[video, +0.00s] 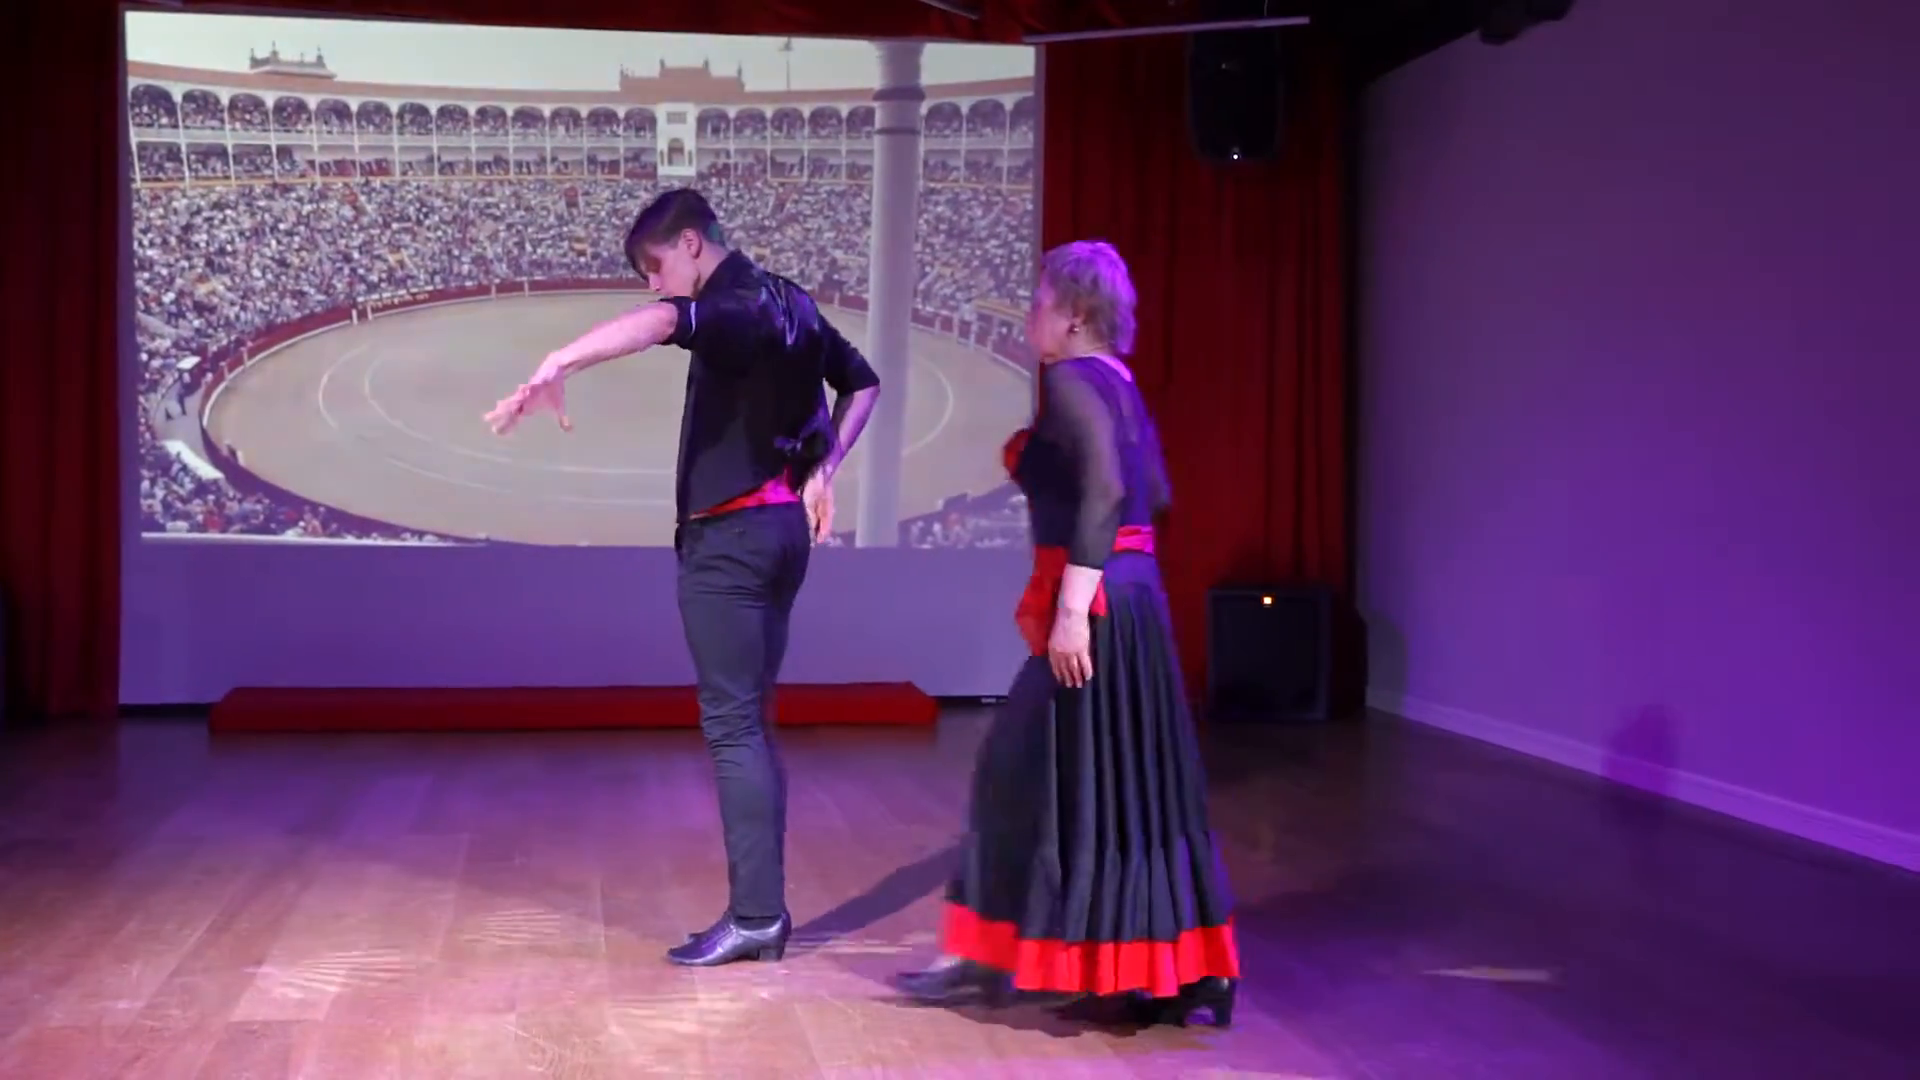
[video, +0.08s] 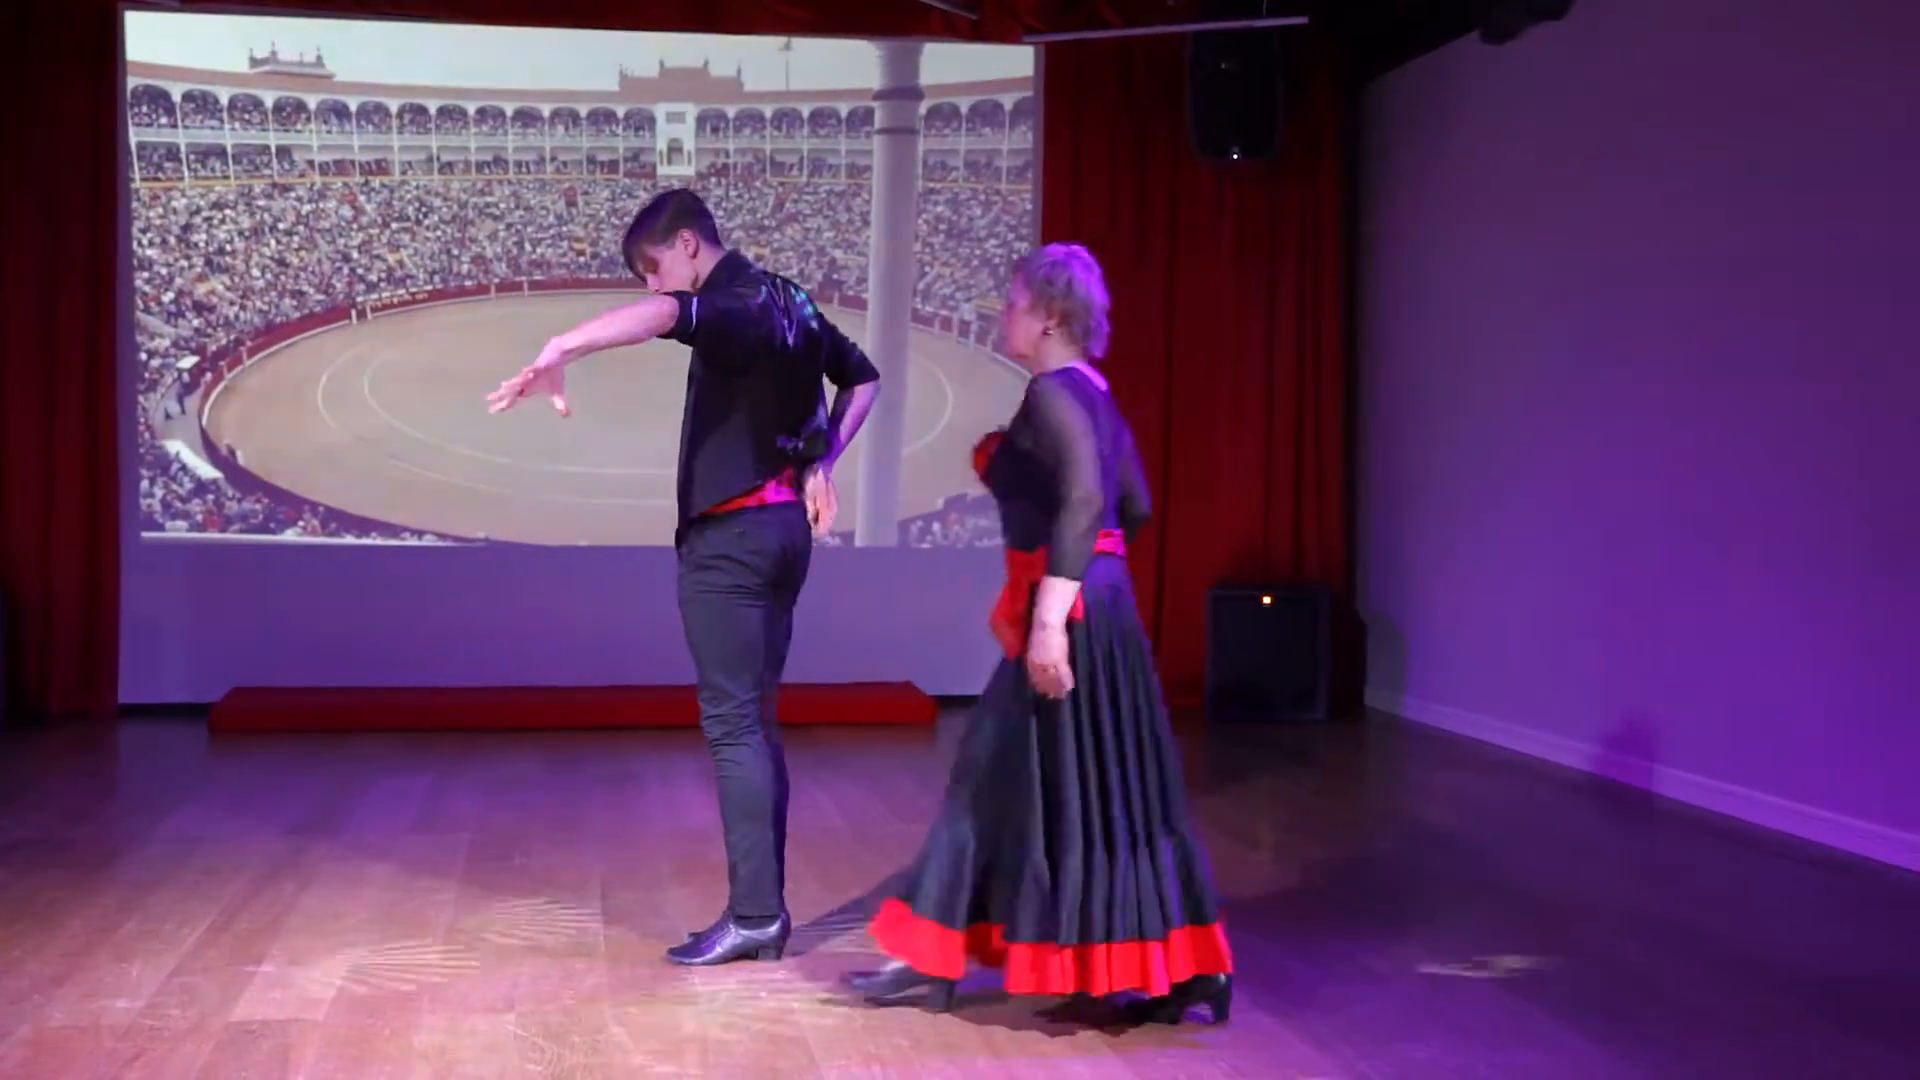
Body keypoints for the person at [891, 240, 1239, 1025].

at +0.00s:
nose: (1030, 318)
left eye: (1039, 304)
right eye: (1034, 303)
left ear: (1068, 311)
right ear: (1104, 315)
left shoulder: (1070, 382)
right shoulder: (1118, 385)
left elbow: (1100, 489)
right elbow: (1148, 493)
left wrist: (1073, 606)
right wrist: (1043, 468)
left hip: (1089, 602)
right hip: (1132, 598)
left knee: (1007, 766)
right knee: (1146, 776)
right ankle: (1189, 963)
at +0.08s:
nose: (1002, 316)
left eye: (1013, 304)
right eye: (1007, 303)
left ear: (1047, 315)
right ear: (1071, 319)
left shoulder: (1052, 397)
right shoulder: (1092, 397)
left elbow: (1081, 501)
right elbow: (1135, 503)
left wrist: (1051, 617)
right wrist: (1021, 481)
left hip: (1059, 608)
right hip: (1100, 604)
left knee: (985, 775)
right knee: (1121, 783)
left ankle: (930, 954)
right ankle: (1174, 963)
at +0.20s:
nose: (960, 319)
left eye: (972, 304)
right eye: (965, 303)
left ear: (1008, 316)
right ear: (1029, 319)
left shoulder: (1017, 400)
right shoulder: (1044, 398)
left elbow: (1031, 516)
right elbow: (1079, 519)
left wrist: (985, 624)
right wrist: (985, 574)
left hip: (1003, 613)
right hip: (1043, 611)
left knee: (937, 778)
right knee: (1079, 782)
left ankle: (916, 959)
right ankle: (1150, 952)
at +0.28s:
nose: (928, 309)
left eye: (942, 296)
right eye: (936, 294)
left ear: (978, 311)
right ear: (991, 314)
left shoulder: (984, 396)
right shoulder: (1008, 395)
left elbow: (996, 512)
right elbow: (1046, 514)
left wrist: (927, 611)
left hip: (968, 609)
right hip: (990, 605)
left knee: (917, 779)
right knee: (1039, 779)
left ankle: (916, 961)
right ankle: (1129, 938)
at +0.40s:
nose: (893, 301)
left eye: (904, 289)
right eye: (898, 288)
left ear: (935, 303)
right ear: (952, 306)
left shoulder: (941, 390)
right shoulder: (963, 388)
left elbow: (947, 505)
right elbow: (997, 511)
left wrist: (839, 581)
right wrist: (885, 531)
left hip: (935, 600)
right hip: (948, 594)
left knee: (904, 771)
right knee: (971, 770)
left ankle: (914, 956)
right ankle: (1042, 945)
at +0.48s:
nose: (867, 301)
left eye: (877, 288)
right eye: (872, 287)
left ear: (908, 302)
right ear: (936, 305)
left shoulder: (912, 388)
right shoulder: (943, 385)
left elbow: (909, 503)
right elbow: (969, 507)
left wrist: (791, 552)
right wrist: (855, 501)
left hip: (908, 591)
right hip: (931, 584)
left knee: (887, 766)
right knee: (910, 765)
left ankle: (925, 960)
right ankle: (922, 957)